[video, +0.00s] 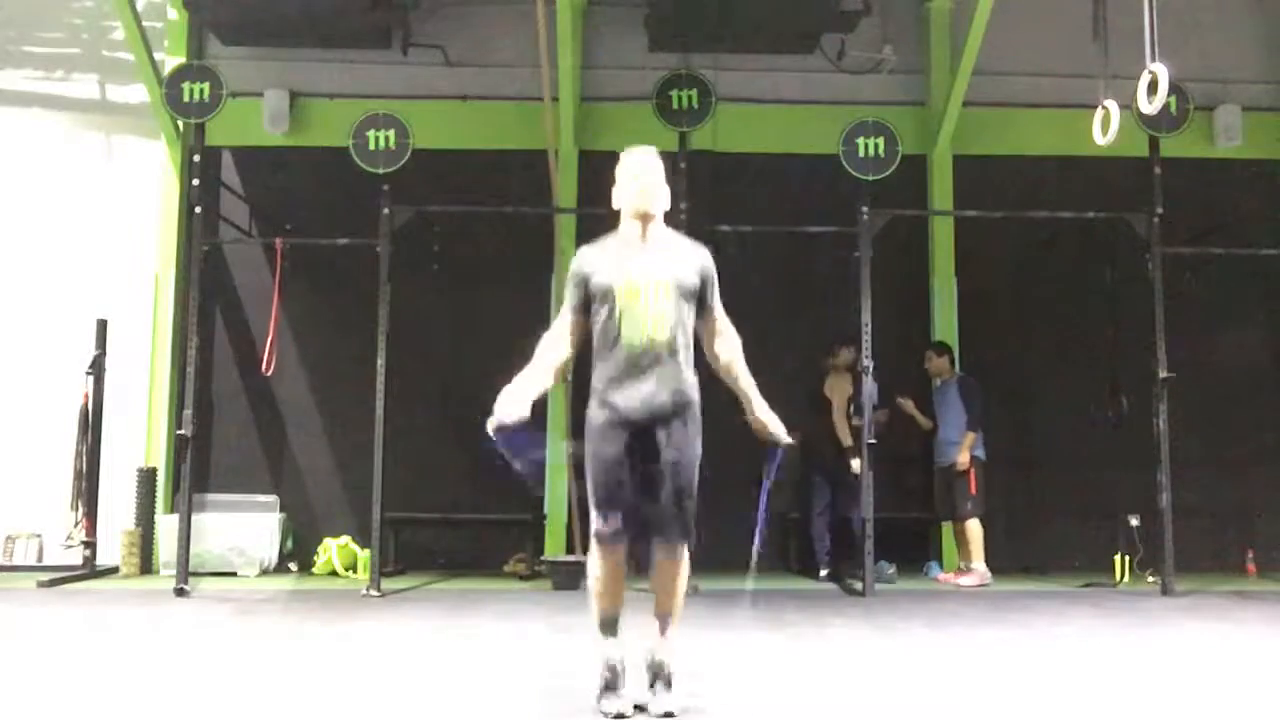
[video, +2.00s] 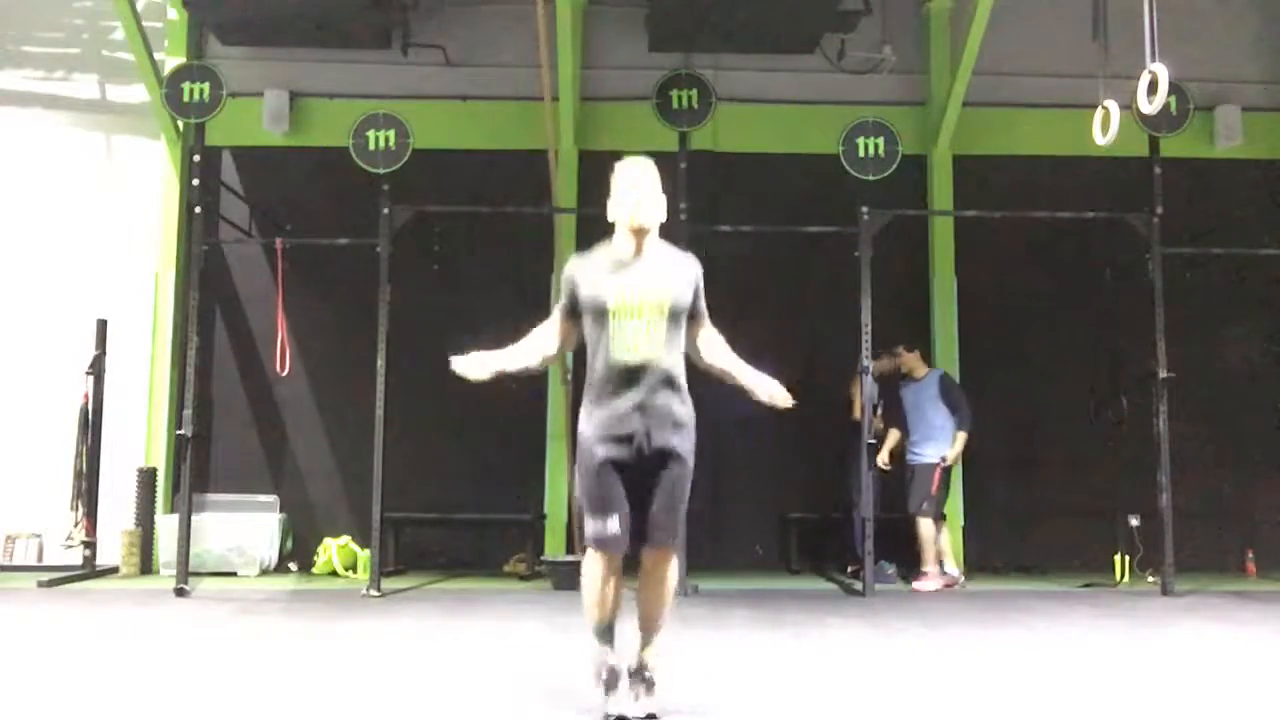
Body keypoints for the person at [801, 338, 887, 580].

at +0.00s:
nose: (852, 356)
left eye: (852, 351)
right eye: (847, 352)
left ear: (834, 360)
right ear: (836, 356)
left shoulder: (828, 379)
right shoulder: (841, 380)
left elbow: (836, 416)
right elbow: (839, 417)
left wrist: (866, 420)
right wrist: (851, 451)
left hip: (819, 449)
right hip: (836, 450)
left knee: (820, 508)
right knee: (852, 507)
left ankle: (823, 562)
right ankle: (864, 563)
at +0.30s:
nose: (864, 358)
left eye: (864, 353)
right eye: (859, 353)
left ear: (855, 358)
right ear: (851, 357)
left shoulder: (859, 380)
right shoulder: (852, 379)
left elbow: (866, 418)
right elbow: (857, 419)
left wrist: (893, 411)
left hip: (853, 450)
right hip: (850, 450)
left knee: (851, 506)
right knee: (853, 505)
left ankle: (843, 564)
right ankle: (850, 564)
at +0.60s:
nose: (878, 357)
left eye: (878, 352)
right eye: (875, 351)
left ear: (872, 357)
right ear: (868, 354)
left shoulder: (868, 380)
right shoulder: (859, 380)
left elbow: (875, 417)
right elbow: (863, 421)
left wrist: (899, 410)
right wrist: (898, 427)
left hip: (871, 447)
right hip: (862, 449)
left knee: (870, 506)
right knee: (865, 507)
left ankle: (864, 559)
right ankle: (868, 562)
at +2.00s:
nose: (894, 369)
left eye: (895, 365)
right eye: (893, 363)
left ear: (886, 364)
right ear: (883, 360)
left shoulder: (877, 383)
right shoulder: (862, 379)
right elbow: (857, 414)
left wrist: (879, 424)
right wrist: (876, 424)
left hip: (875, 444)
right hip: (862, 445)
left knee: (871, 503)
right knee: (861, 502)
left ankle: (863, 557)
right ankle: (860, 559)